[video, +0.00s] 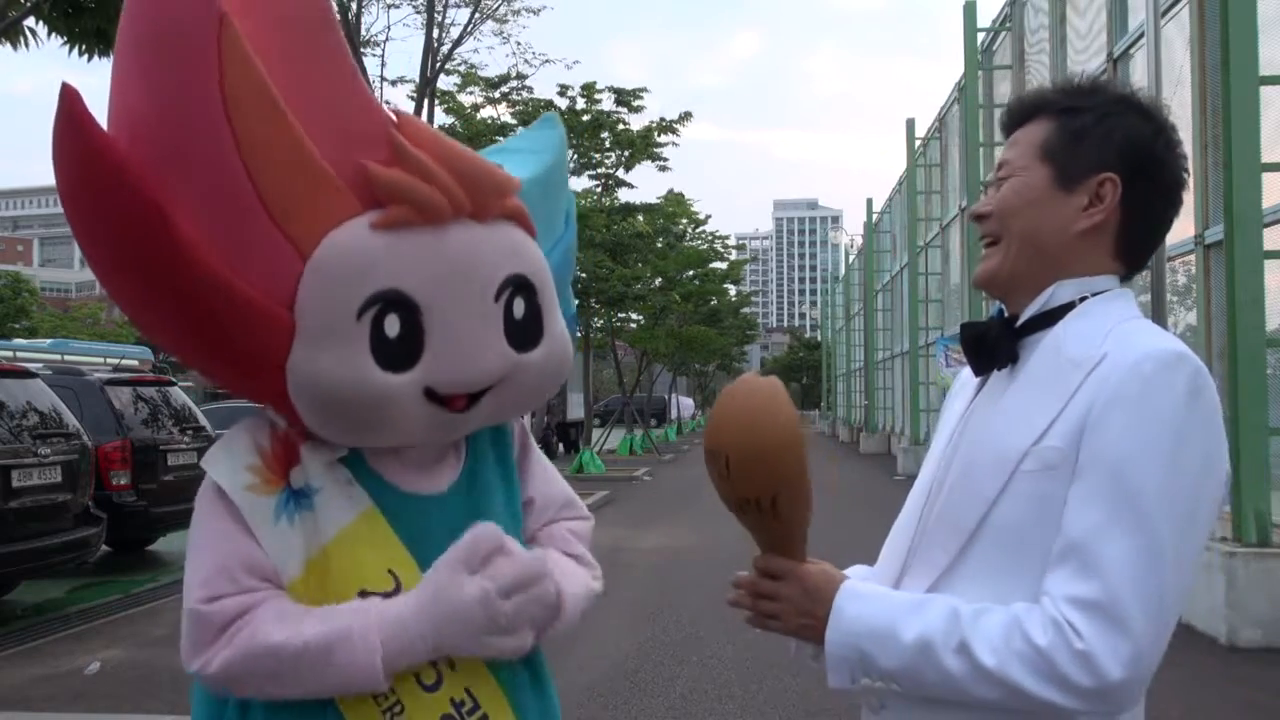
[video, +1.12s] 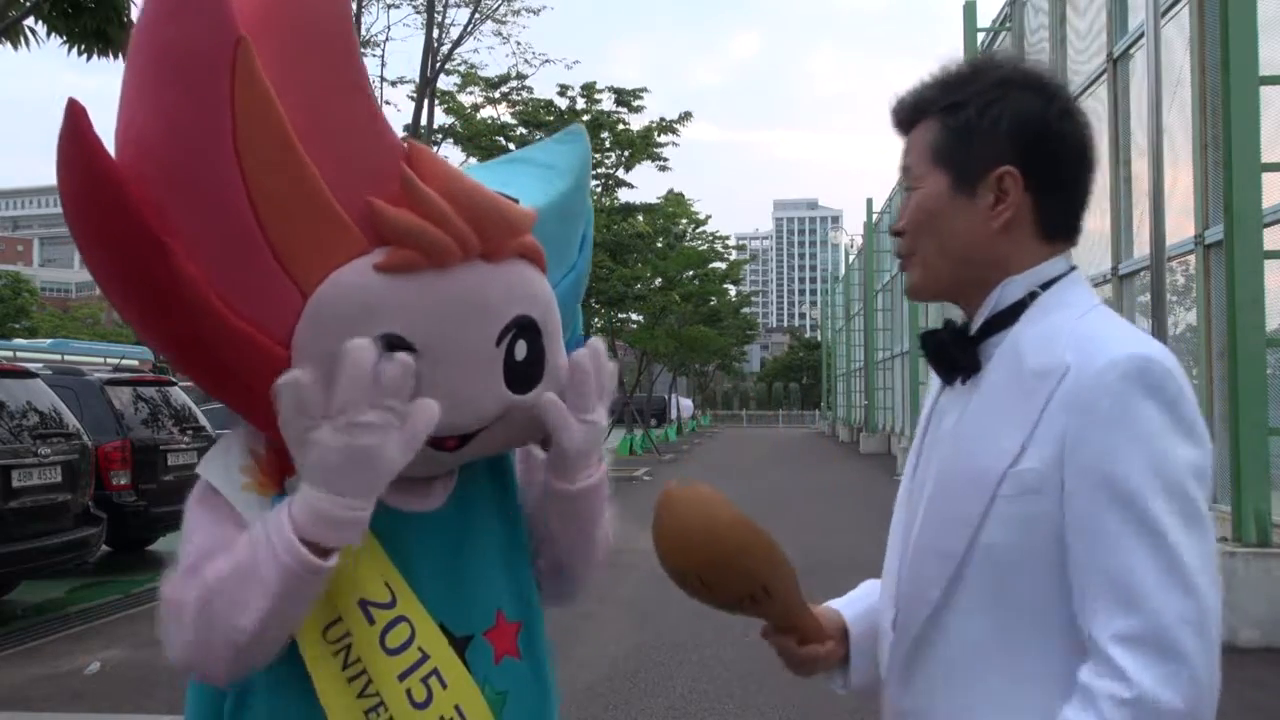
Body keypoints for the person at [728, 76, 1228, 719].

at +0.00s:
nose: (977, 208)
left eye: (1004, 178)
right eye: (990, 184)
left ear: (1095, 201)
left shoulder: (1150, 373)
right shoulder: (983, 372)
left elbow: (1093, 658)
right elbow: (935, 576)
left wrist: (846, 619)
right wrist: (828, 597)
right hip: (901, 702)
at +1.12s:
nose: (894, 221)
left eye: (910, 188)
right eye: (902, 191)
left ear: (1000, 196)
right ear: (998, 199)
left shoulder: (1116, 375)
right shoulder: (966, 365)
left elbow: (1155, 682)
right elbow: (949, 580)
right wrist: (845, 627)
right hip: (919, 705)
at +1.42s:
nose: (831, 245)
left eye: (844, 211)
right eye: (836, 215)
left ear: (929, 216)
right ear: (923, 219)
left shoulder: (1059, 372)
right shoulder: (907, 385)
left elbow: (1160, 672)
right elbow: (908, 593)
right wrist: (820, 655)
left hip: (1035, 709)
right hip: (924, 709)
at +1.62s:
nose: (844, 250)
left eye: (858, 215)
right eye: (850, 218)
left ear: (939, 222)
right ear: (938, 224)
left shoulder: (1060, 372)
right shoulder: (928, 384)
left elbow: (1129, 671)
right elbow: (921, 598)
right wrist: (811, 659)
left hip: (1023, 706)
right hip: (926, 705)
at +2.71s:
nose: (948, 196)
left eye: (962, 159)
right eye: (954, 161)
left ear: (1060, 182)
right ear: (1057, 184)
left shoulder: (1202, 387)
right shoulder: (976, 306)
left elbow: (1218, 705)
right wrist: (786, 250)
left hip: (1083, 707)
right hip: (947, 698)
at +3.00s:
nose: (1093, 206)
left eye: (1120, 167)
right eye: (1103, 169)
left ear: (1232, 193)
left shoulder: (1265, 395)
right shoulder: (1102, 330)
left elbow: (1261, 694)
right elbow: (957, 385)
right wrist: (790, 346)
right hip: (943, 690)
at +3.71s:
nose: (1118, 244)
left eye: (1144, 211)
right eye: (1111, 218)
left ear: (1254, 210)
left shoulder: (1274, 358)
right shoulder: (1107, 382)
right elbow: (1062, 568)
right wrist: (984, 693)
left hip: (1267, 701)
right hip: (1168, 705)